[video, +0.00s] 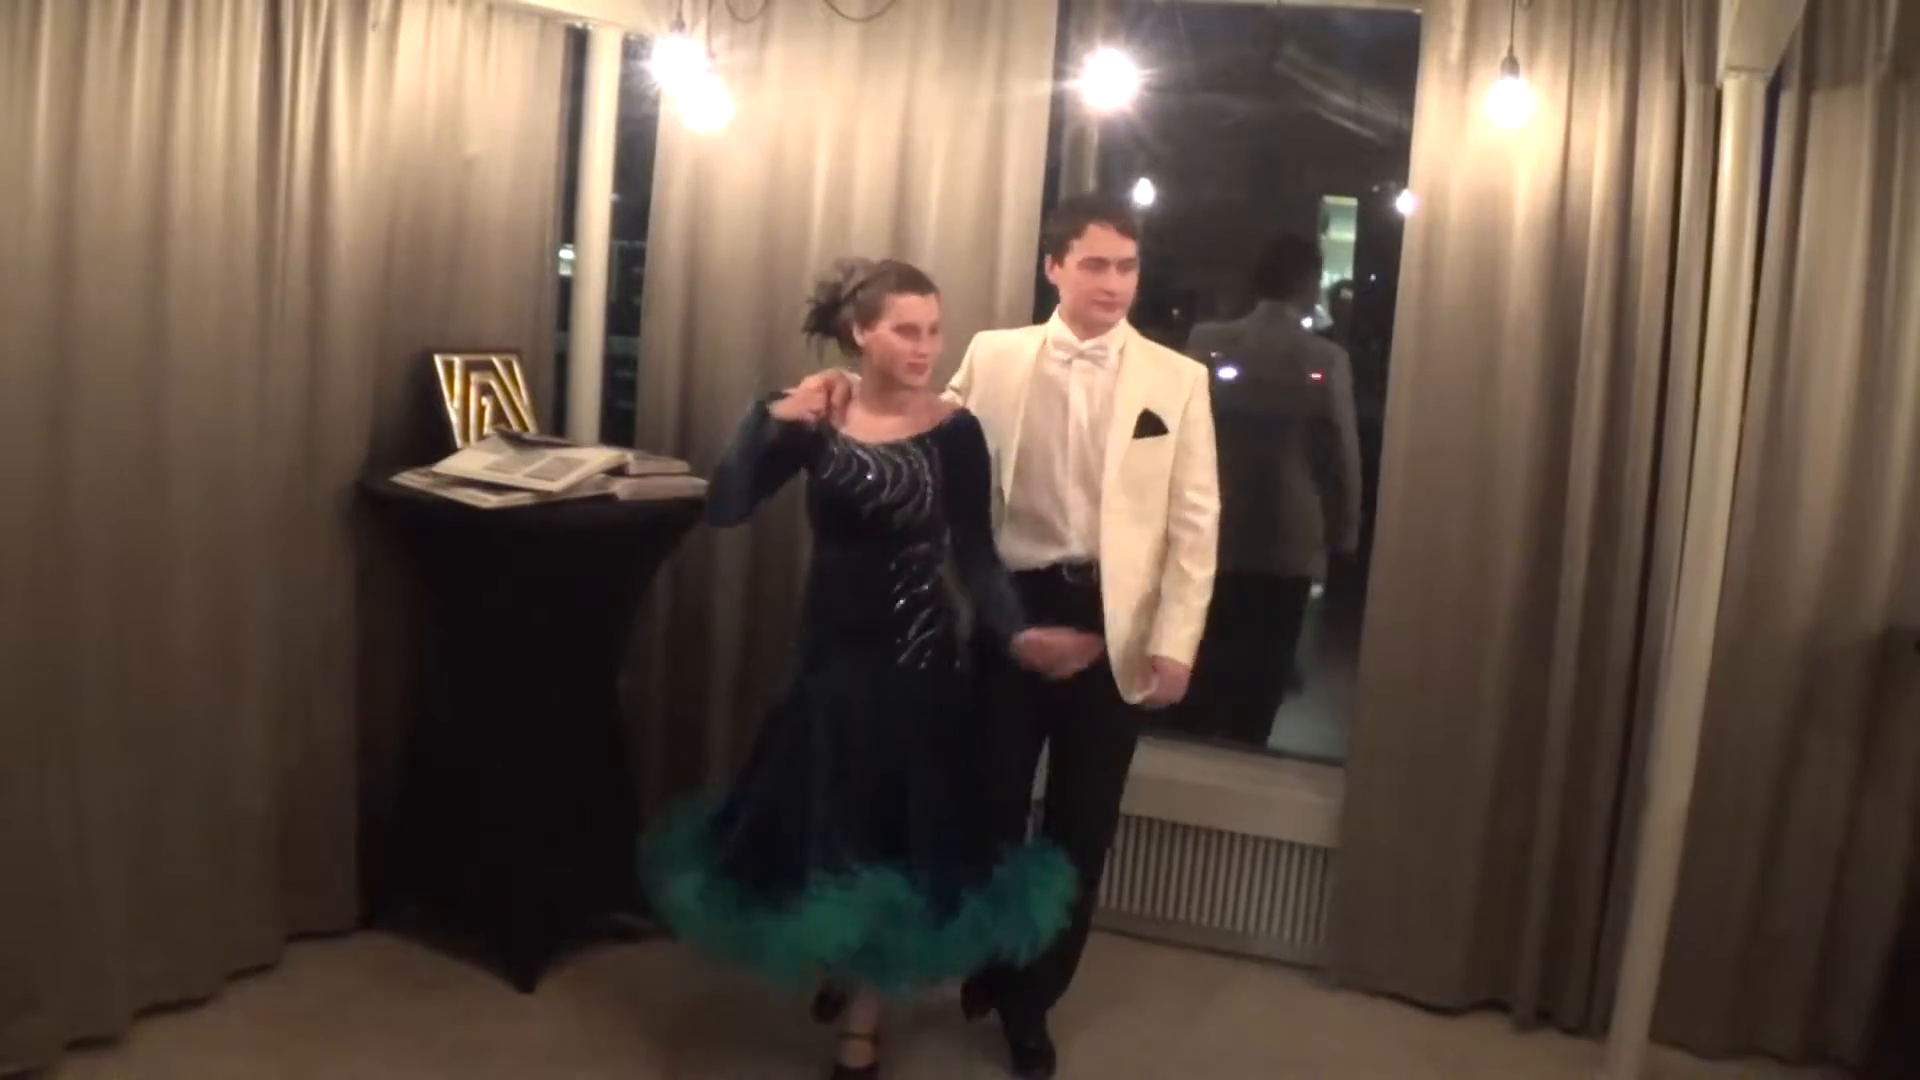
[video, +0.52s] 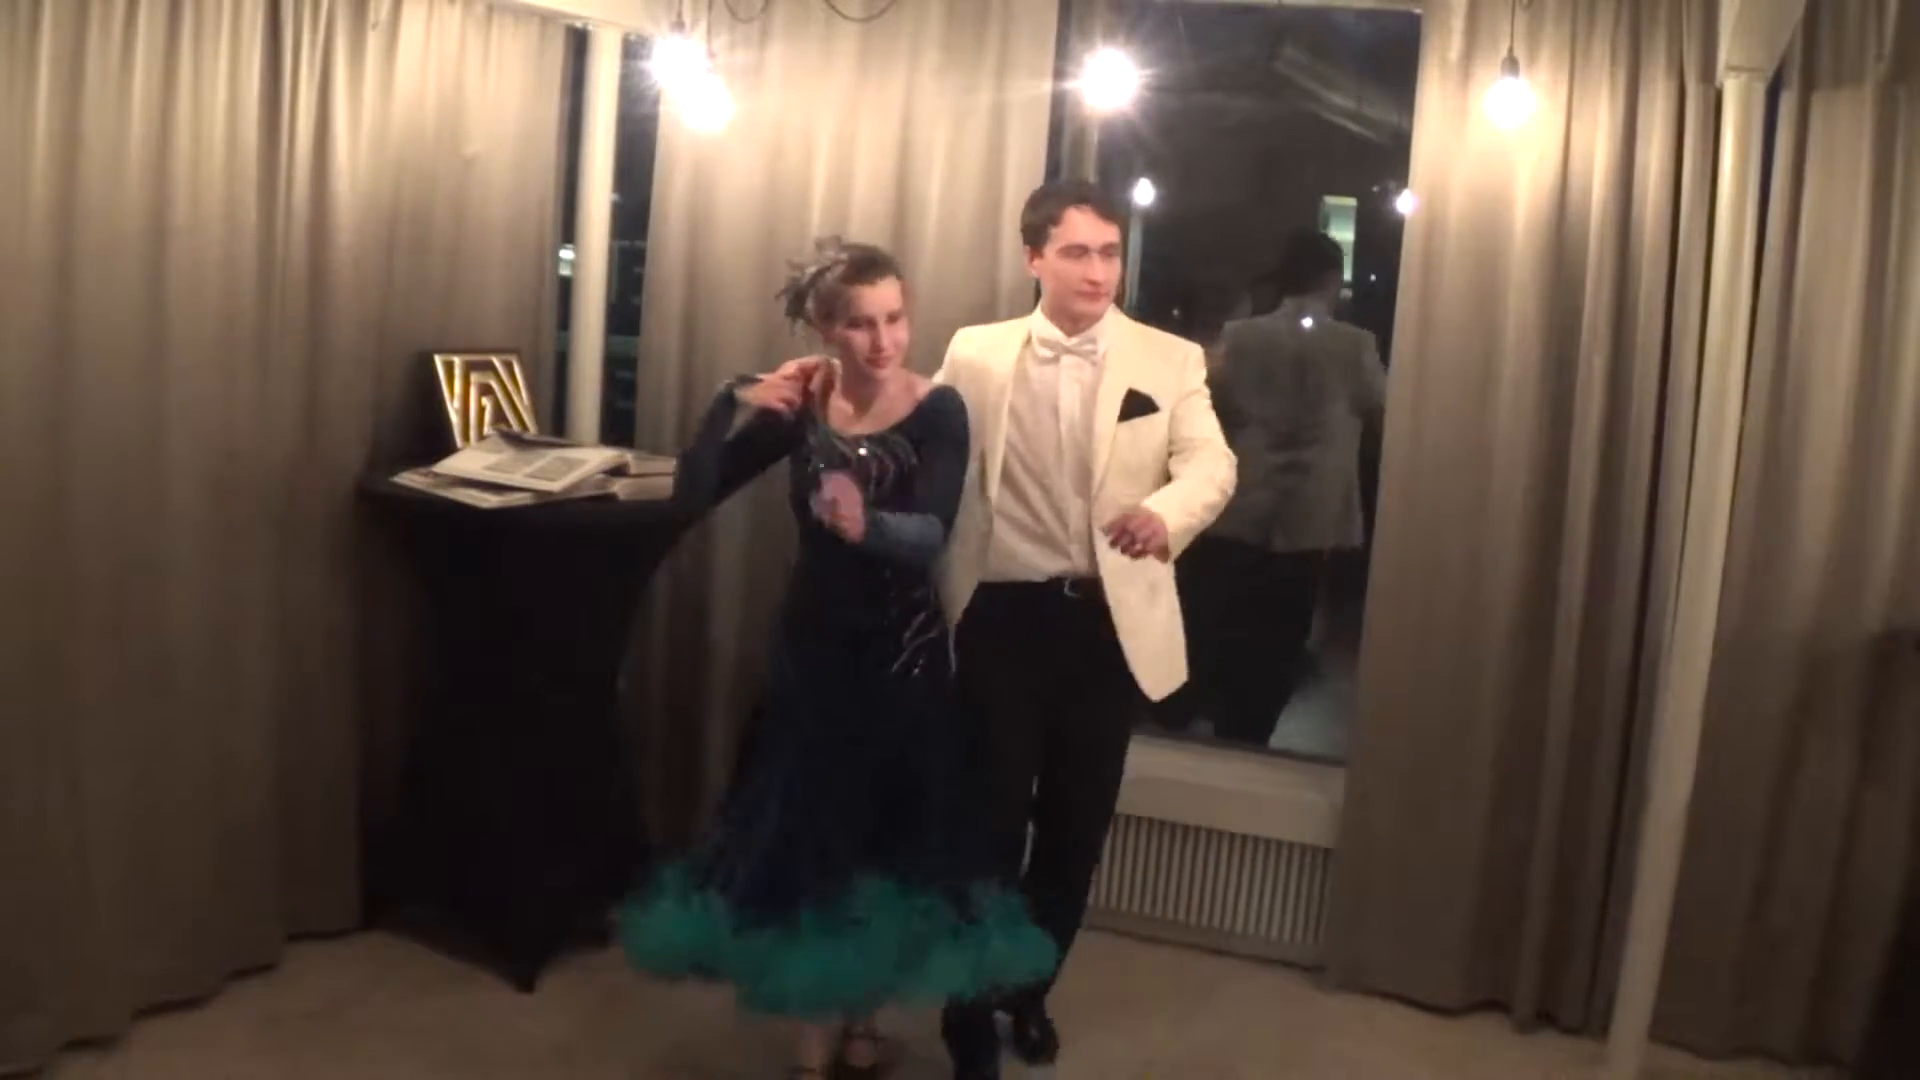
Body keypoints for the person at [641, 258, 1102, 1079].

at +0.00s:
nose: (925, 346)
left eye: (933, 331)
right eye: (906, 331)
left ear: (943, 338)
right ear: (858, 337)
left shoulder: (955, 431)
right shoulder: (819, 420)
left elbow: (976, 551)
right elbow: (726, 506)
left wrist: (1017, 631)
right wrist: (773, 419)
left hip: (930, 648)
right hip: (841, 643)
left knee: (900, 815)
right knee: (835, 805)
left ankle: (868, 999)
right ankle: (835, 958)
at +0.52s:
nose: (881, 339)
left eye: (893, 319)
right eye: (860, 324)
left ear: (911, 314)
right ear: (824, 330)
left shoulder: (938, 412)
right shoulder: (804, 401)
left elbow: (931, 535)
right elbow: (697, 491)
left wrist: (865, 523)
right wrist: (741, 405)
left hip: (904, 642)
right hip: (817, 633)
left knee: (885, 819)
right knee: (806, 816)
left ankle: (862, 1013)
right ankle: (810, 1022)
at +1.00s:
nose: (910, 293)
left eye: (919, 278)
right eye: (890, 274)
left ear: (925, 289)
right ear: (834, 280)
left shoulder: (935, 383)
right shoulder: (786, 377)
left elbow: (976, 513)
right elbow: (648, 443)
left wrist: (998, 642)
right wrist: (735, 374)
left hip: (912, 628)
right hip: (811, 623)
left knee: (893, 816)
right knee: (804, 806)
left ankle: (860, 1020)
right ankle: (815, 986)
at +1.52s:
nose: (939, 386)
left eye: (945, 367)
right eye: (924, 363)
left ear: (948, 369)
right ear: (858, 349)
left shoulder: (929, 474)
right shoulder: (770, 438)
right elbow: (617, 468)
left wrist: (968, 518)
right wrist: (733, 422)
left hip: (870, 728)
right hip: (764, 719)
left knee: (843, 941)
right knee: (738, 938)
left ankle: (827, 1060)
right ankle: (739, 1061)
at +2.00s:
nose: (948, 423)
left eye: (956, 405)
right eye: (940, 397)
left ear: (892, 392)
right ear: (871, 376)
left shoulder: (915, 514)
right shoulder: (749, 456)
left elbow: (1047, 612)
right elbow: (590, 501)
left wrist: (1187, 586)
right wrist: (704, 411)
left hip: (831, 776)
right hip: (716, 761)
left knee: (822, 1002)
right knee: (678, 988)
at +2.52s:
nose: (853, 386)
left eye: (869, 365)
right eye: (829, 363)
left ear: (882, 366)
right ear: (761, 352)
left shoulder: (877, 476)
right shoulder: (699, 450)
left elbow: (870, 669)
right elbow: (546, 571)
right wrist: (601, 449)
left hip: (820, 763)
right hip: (702, 749)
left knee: (811, 981)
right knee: (679, 963)